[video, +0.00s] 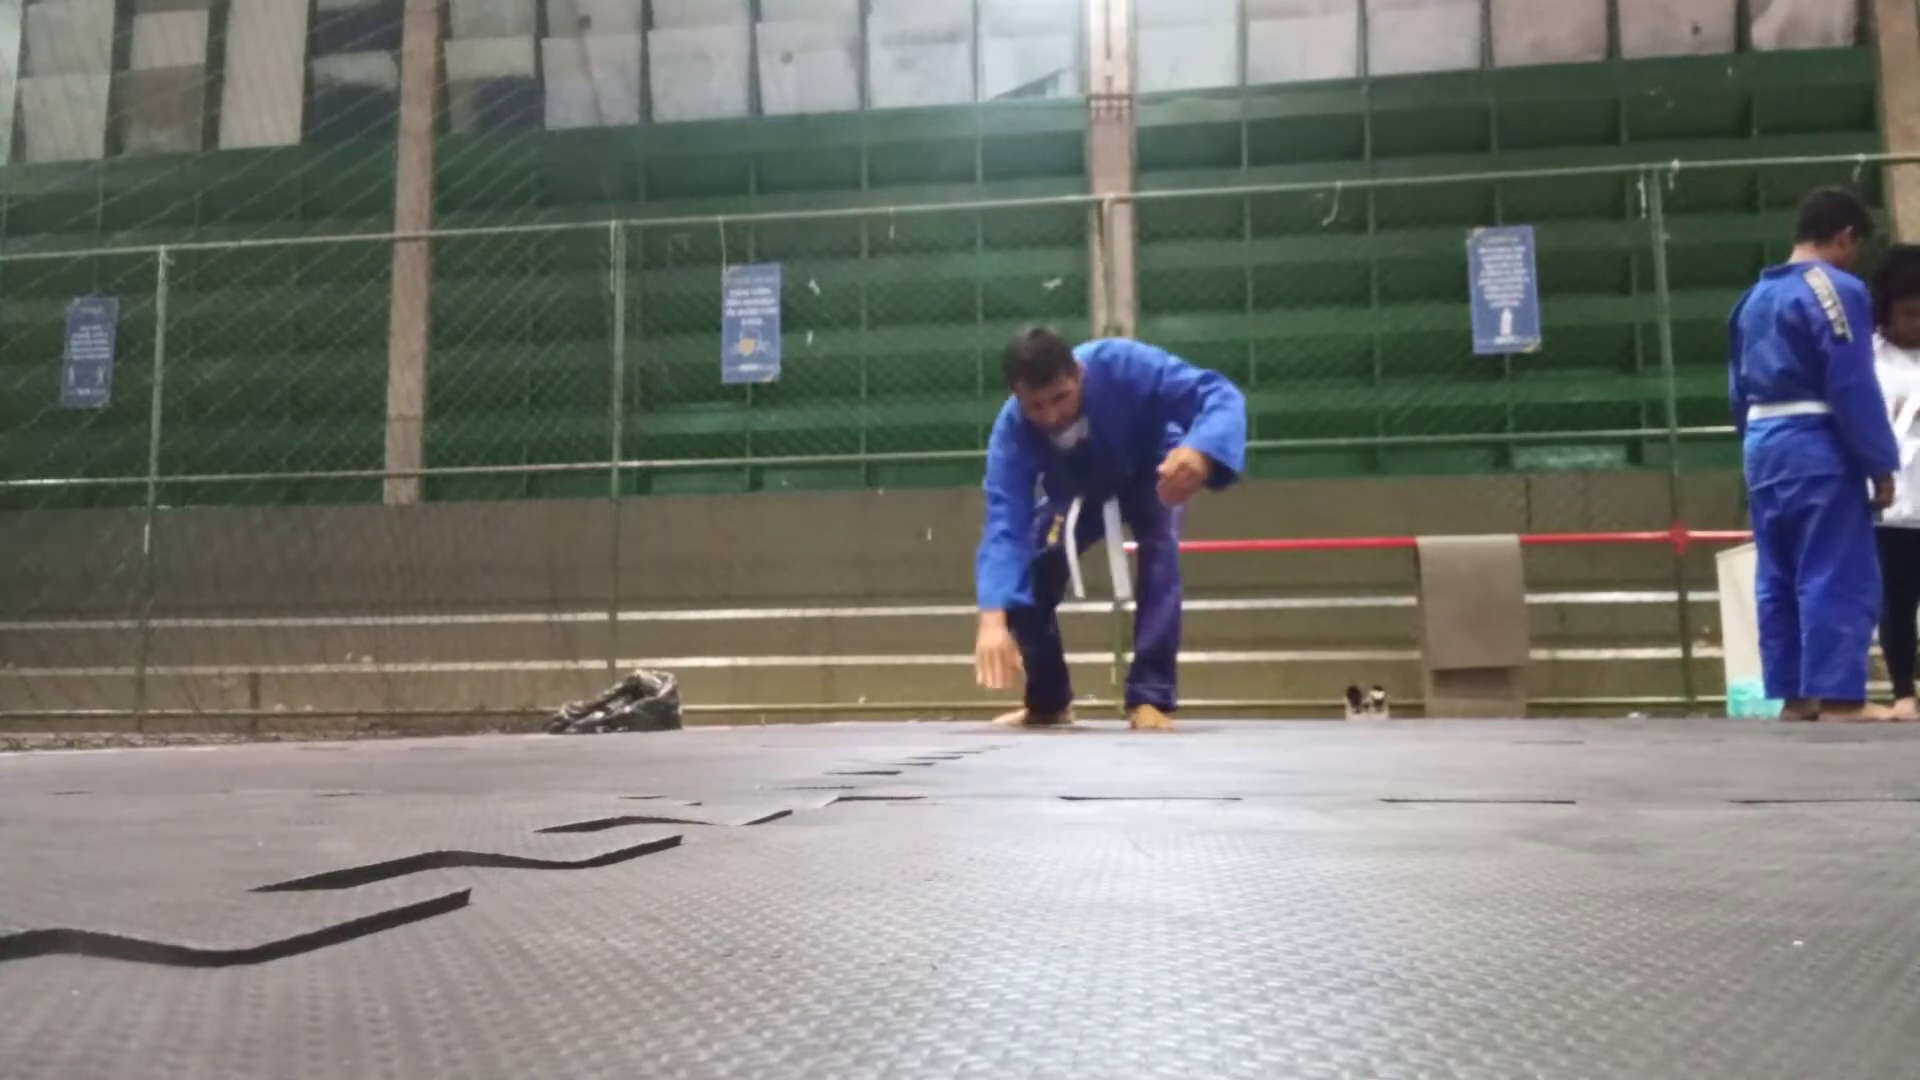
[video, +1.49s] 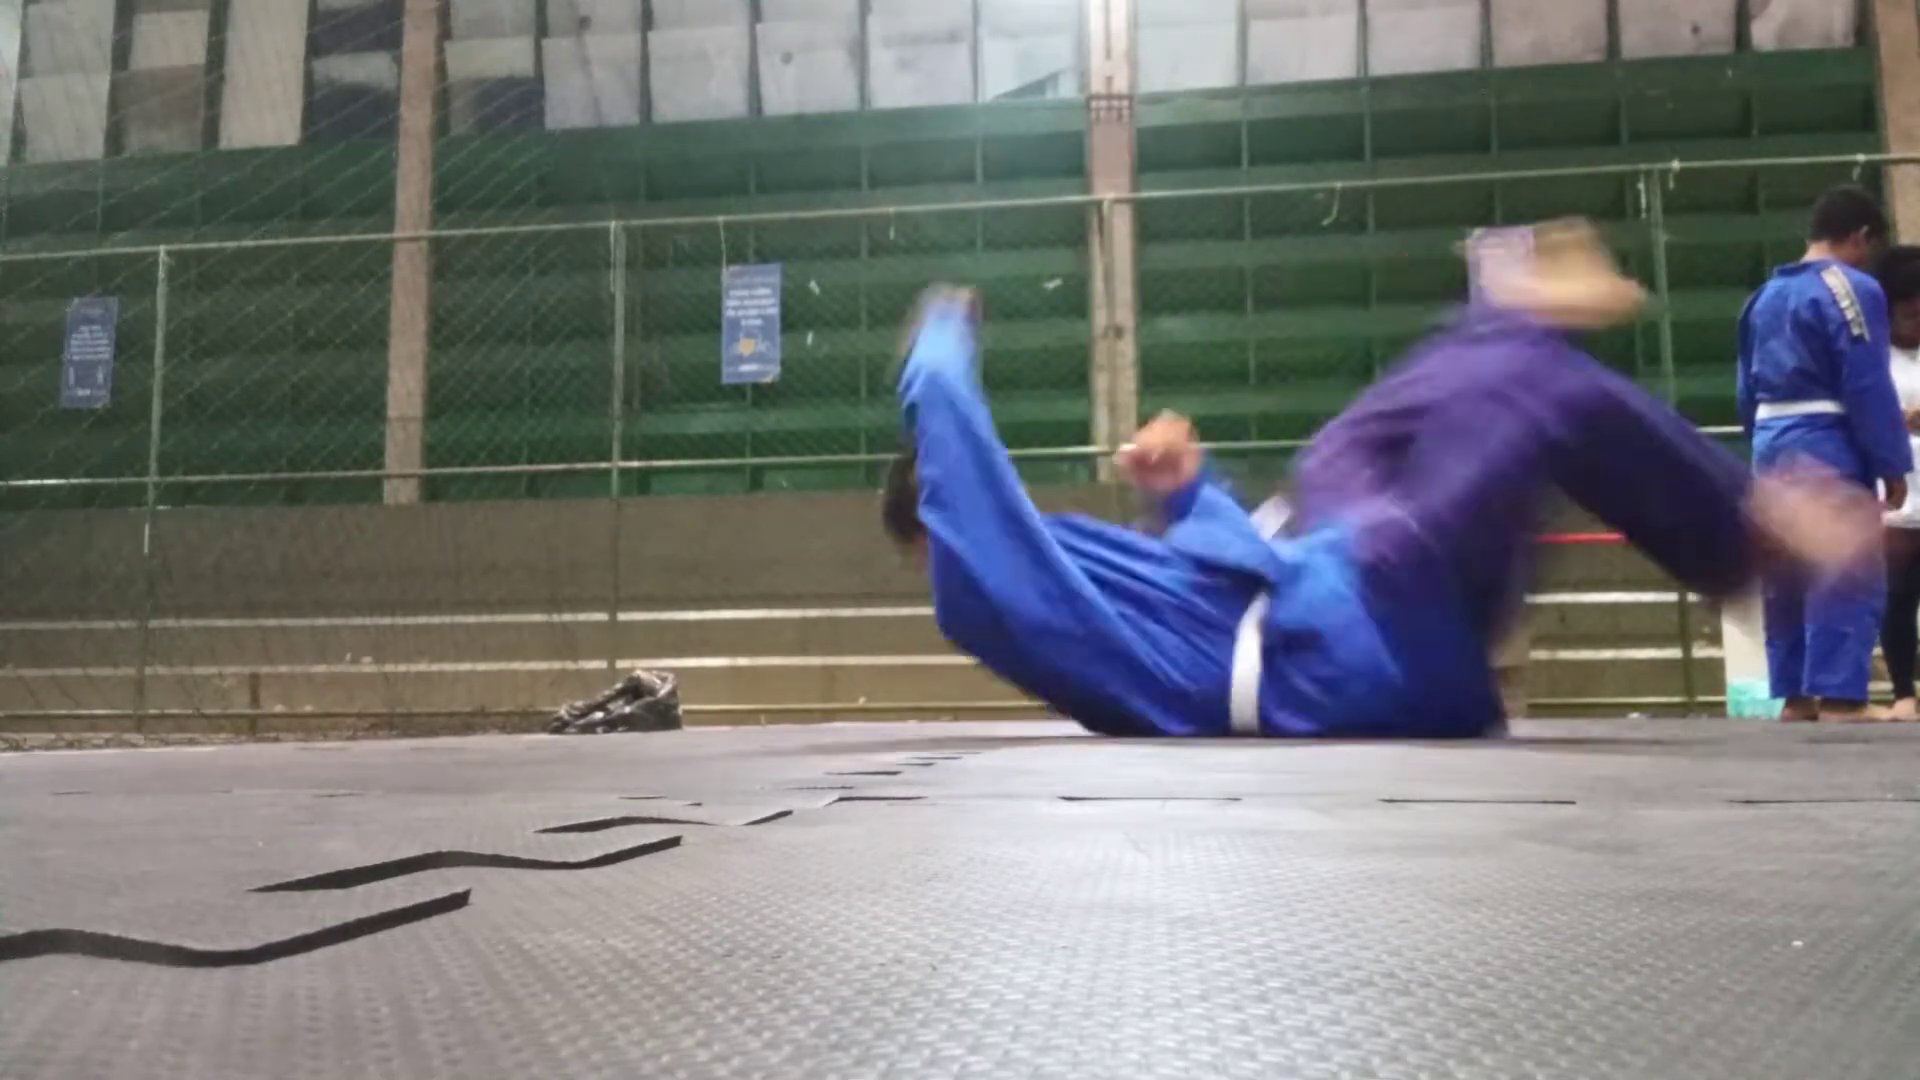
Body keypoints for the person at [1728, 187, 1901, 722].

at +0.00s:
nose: (1856, 255)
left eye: (1859, 246)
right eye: (1857, 244)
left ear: (1800, 234)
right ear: (1842, 237)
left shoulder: (1755, 296)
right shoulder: (1835, 290)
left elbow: (1740, 392)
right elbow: (1852, 387)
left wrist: (1760, 444)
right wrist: (1882, 465)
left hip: (1761, 440)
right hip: (1815, 438)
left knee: (1780, 574)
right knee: (1837, 569)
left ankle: (1793, 696)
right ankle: (1838, 698)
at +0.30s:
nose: (1859, 254)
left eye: (1861, 246)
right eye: (1859, 244)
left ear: (1803, 234)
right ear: (1846, 237)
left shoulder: (1758, 296)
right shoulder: (1839, 290)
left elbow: (1743, 391)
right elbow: (1854, 388)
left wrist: (1762, 443)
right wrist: (1883, 466)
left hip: (1762, 440)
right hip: (1816, 438)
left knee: (1781, 574)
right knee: (1840, 569)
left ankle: (1794, 696)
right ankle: (1839, 698)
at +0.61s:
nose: (1863, 254)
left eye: (1865, 245)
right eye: (1863, 244)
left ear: (1808, 234)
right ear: (1850, 237)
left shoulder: (1762, 296)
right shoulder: (1843, 290)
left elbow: (1745, 392)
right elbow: (1859, 387)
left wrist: (1765, 443)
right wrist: (1887, 467)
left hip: (1765, 440)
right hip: (1820, 438)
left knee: (1782, 574)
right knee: (1841, 571)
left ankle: (1794, 696)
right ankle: (1840, 698)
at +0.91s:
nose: (1867, 252)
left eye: (1868, 244)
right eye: (1867, 243)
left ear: (1812, 233)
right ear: (1855, 237)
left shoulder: (1764, 295)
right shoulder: (1848, 290)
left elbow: (1747, 391)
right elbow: (1862, 387)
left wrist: (1767, 441)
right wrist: (1890, 468)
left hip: (1767, 440)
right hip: (1823, 439)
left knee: (1784, 575)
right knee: (1841, 571)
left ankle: (1795, 697)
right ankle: (1840, 698)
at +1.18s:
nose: (1869, 254)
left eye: (1870, 245)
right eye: (1868, 244)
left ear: (1814, 234)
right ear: (1856, 237)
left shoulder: (1766, 294)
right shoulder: (1851, 290)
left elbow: (1748, 389)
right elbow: (1865, 388)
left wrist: (1767, 440)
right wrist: (1891, 468)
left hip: (1769, 439)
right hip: (1825, 438)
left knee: (1785, 574)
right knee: (1842, 571)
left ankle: (1795, 696)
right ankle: (1840, 698)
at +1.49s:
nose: (1872, 256)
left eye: (1873, 246)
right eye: (1872, 245)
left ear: (1815, 234)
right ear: (1858, 236)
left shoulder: (1765, 296)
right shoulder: (1852, 288)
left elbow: (1748, 390)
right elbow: (1867, 386)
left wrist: (1767, 442)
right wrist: (1893, 465)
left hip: (1769, 444)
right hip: (1827, 442)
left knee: (1785, 569)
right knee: (1852, 565)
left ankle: (1794, 696)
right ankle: (1839, 696)